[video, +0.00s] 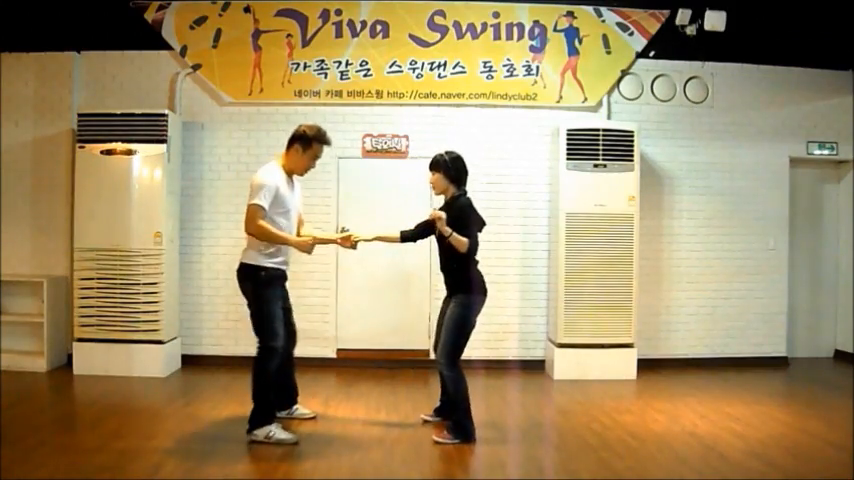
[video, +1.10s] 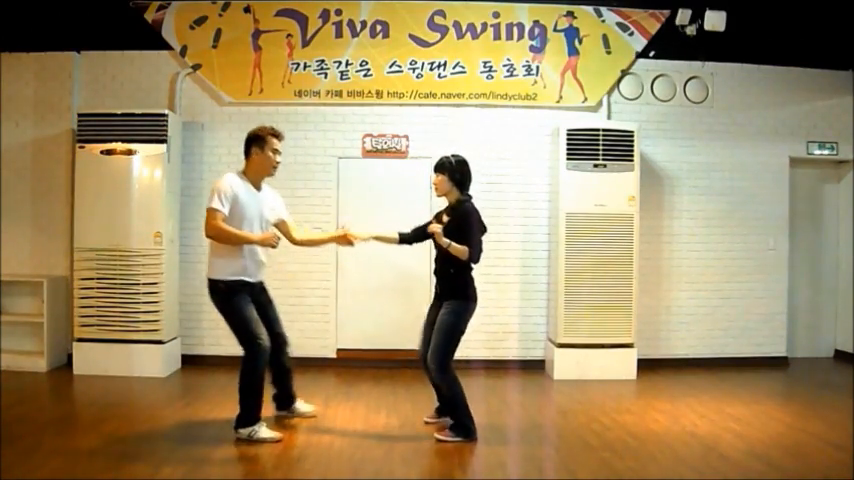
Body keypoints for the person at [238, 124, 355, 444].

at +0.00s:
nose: (313, 165)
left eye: (316, 159)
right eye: (313, 158)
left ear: (302, 152)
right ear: (295, 149)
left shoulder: (292, 182)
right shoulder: (268, 178)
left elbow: (298, 230)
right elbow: (252, 225)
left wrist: (336, 239)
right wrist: (293, 242)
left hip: (275, 271)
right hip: (258, 271)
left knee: (286, 339)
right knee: (272, 343)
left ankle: (284, 405)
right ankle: (260, 424)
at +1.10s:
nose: (278, 159)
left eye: (279, 154)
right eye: (274, 152)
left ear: (268, 157)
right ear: (253, 152)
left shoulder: (269, 196)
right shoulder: (227, 185)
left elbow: (296, 237)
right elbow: (212, 228)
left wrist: (335, 237)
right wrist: (256, 238)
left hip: (254, 283)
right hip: (226, 283)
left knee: (278, 342)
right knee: (258, 345)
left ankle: (285, 403)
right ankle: (247, 424)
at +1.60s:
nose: (233, 158)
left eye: (235, 152)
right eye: (229, 151)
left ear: (218, 152)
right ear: (209, 149)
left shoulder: (222, 190)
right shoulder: (183, 183)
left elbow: (232, 237)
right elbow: (181, 234)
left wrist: (266, 236)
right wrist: (227, 237)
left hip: (202, 277)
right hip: (179, 276)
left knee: (182, 346)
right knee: (214, 337)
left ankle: (148, 407)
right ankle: (216, 417)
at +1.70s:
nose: (232, 157)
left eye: (233, 151)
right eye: (228, 150)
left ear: (219, 151)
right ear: (208, 148)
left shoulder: (219, 190)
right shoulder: (182, 182)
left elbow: (223, 231)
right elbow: (179, 233)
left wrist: (254, 235)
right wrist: (223, 236)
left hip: (200, 277)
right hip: (177, 276)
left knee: (178, 346)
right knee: (206, 339)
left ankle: (148, 408)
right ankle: (181, 410)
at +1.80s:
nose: (235, 159)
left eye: (236, 153)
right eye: (230, 152)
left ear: (219, 154)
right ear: (210, 150)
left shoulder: (219, 192)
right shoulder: (183, 185)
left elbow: (211, 236)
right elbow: (178, 236)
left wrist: (241, 241)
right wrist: (225, 241)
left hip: (200, 280)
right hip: (176, 279)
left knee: (189, 347)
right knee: (193, 347)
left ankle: (157, 405)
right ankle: (157, 410)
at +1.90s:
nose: (240, 160)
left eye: (241, 154)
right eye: (236, 153)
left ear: (221, 155)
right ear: (216, 153)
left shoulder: (220, 191)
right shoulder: (188, 186)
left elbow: (203, 234)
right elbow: (177, 235)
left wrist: (231, 241)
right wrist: (222, 242)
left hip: (199, 282)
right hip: (175, 280)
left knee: (208, 346)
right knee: (189, 347)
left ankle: (158, 396)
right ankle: (161, 414)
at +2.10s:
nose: (253, 155)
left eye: (253, 149)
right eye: (248, 148)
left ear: (234, 150)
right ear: (229, 148)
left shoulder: (229, 187)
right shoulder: (202, 179)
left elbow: (210, 225)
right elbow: (175, 221)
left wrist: (234, 233)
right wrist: (218, 232)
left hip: (207, 278)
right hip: (183, 275)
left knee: (213, 341)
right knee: (193, 343)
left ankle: (175, 404)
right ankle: (164, 410)